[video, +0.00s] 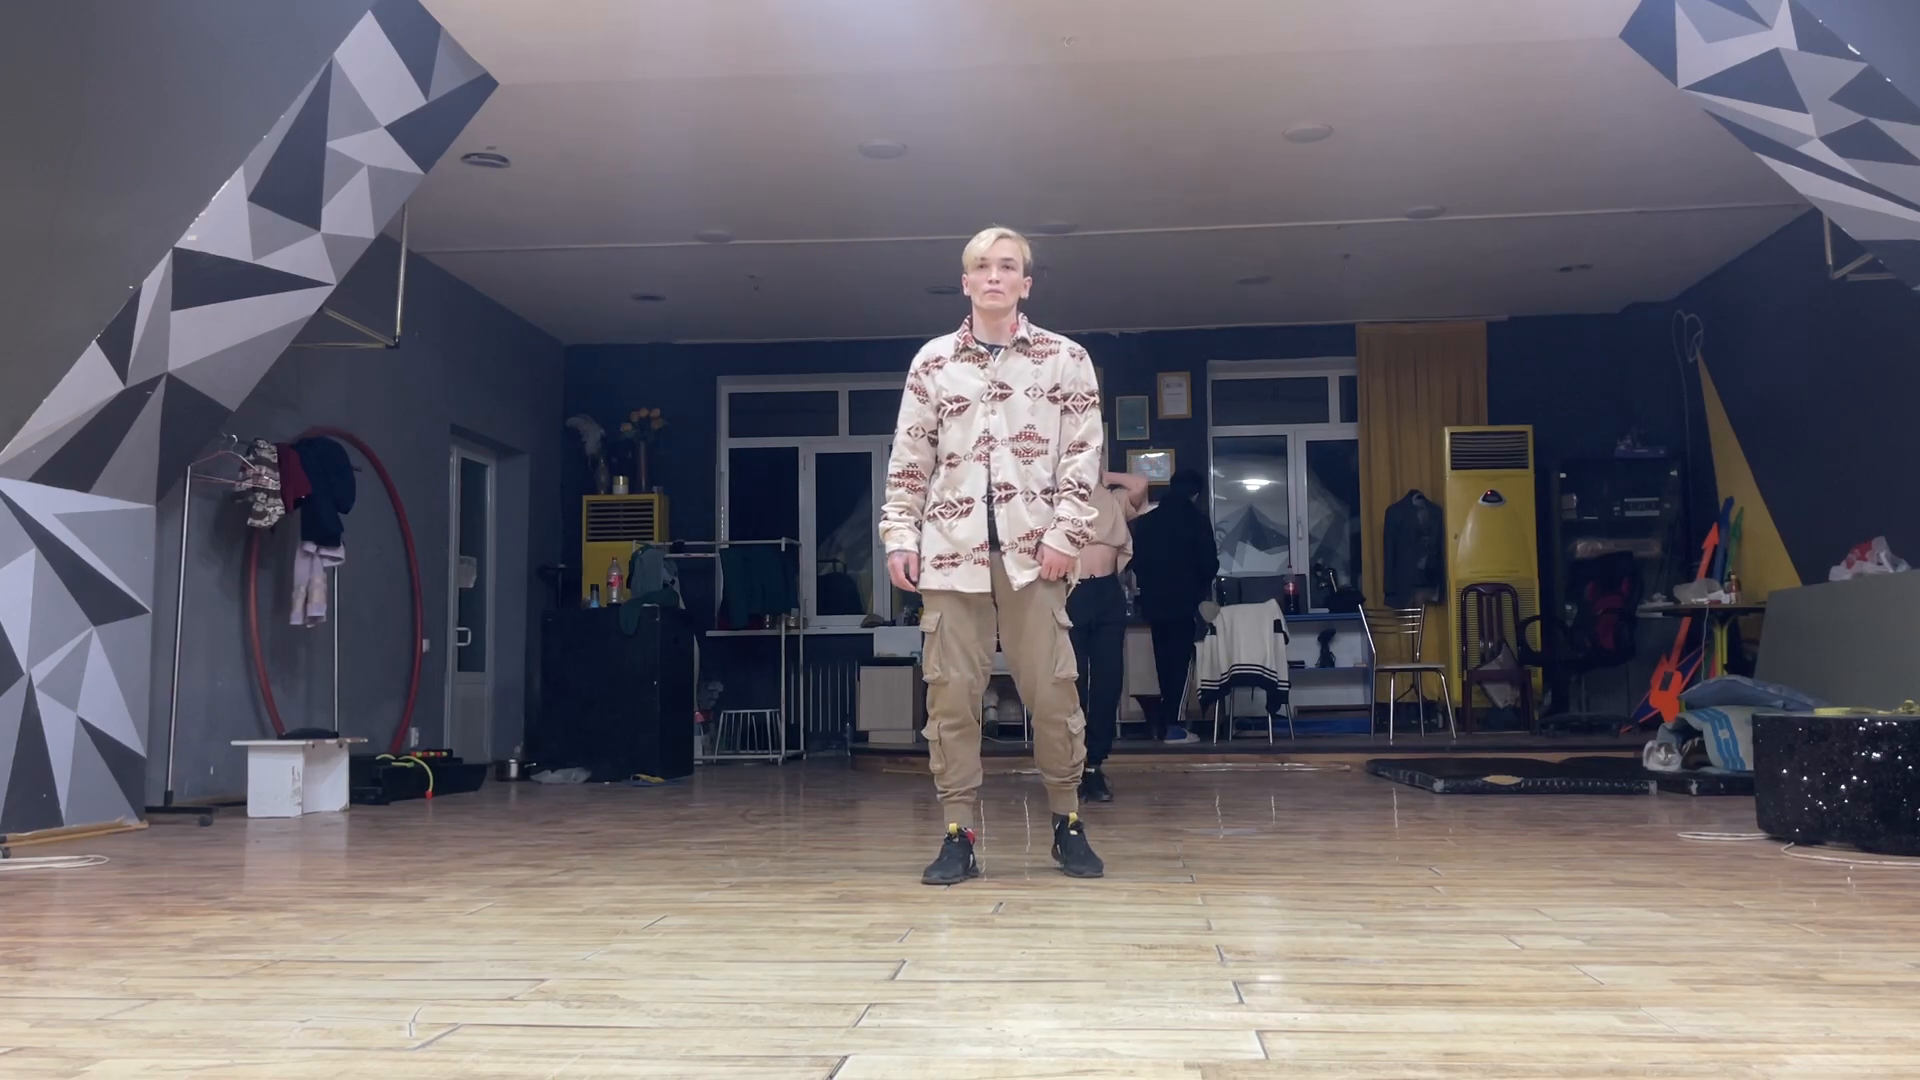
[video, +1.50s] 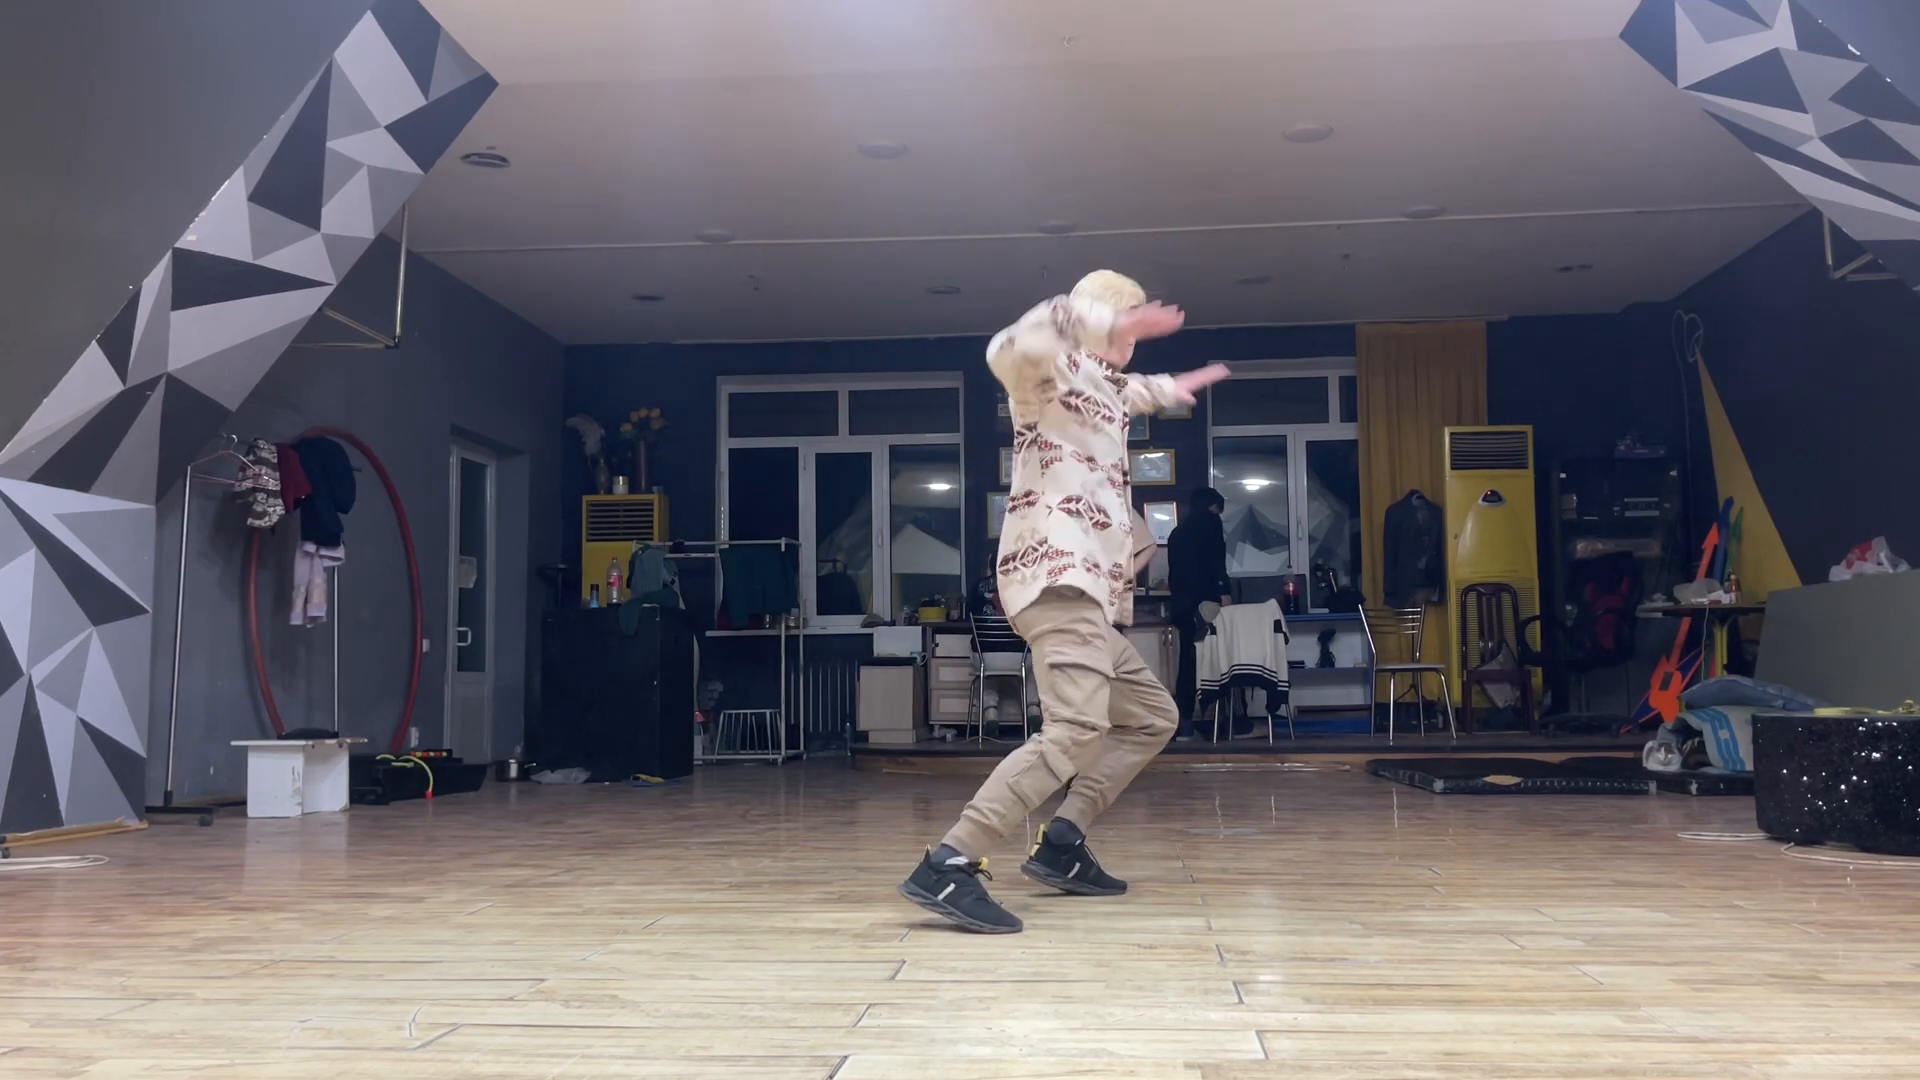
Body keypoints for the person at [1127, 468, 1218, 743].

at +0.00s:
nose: (1198, 498)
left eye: (1196, 493)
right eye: (1198, 493)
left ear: (1170, 488)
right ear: (1195, 493)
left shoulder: (1147, 519)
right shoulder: (1197, 519)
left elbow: (1137, 561)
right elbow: (1209, 563)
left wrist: (1150, 580)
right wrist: (1199, 587)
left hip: (1154, 597)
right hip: (1184, 597)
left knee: (1163, 658)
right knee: (1179, 659)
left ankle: (1167, 723)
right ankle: (1172, 726)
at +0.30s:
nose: (1197, 504)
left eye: (1195, 500)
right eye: (1196, 500)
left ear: (1169, 497)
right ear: (1191, 500)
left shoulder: (1155, 526)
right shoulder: (1196, 523)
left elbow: (1147, 566)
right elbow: (1205, 560)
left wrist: (1152, 589)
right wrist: (1213, 591)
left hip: (1163, 597)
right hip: (1188, 597)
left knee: (1173, 657)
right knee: (1187, 658)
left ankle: (1176, 719)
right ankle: (1175, 717)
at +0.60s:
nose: (1195, 506)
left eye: (1192, 503)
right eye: (1195, 502)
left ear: (1170, 501)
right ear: (1192, 502)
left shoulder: (1159, 528)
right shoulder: (1195, 523)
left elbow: (1158, 568)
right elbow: (1203, 560)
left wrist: (1165, 591)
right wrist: (1217, 589)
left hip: (1167, 599)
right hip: (1191, 598)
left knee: (1176, 655)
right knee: (1190, 654)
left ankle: (1179, 711)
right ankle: (1185, 714)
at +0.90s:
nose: (1195, 508)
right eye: (1195, 504)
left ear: (1172, 503)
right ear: (1193, 503)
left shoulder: (1161, 530)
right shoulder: (1196, 525)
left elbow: (1161, 567)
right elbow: (1202, 561)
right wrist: (1215, 586)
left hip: (1169, 598)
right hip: (1192, 597)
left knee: (1180, 656)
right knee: (1190, 654)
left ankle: (1181, 713)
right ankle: (1192, 716)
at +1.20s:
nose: (1204, 510)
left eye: (1203, 507)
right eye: (1203, 507)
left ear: (1178, 505)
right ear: (1198, 505)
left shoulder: (1166, 532)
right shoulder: (1199, 523)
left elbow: (1164, 566)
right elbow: (1203, 559)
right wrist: (1214, 585)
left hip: (1173, 600)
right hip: (1195, 599)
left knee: (1183, 659)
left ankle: (1183, 721)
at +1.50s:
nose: (1219, 514)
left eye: (1220, 510)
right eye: (1218, 509)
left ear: (1193, 505)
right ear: (1210, 506)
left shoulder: (1176, 533)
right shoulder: (1211, 522)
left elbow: (1174, 574)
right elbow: (1216, 560)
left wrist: (1179, 598)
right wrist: (1225, 591)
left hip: (1181, 602)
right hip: (1206, 600)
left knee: (1188, 659)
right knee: (1217, 656)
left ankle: (1184, 719)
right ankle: (1225, 717)